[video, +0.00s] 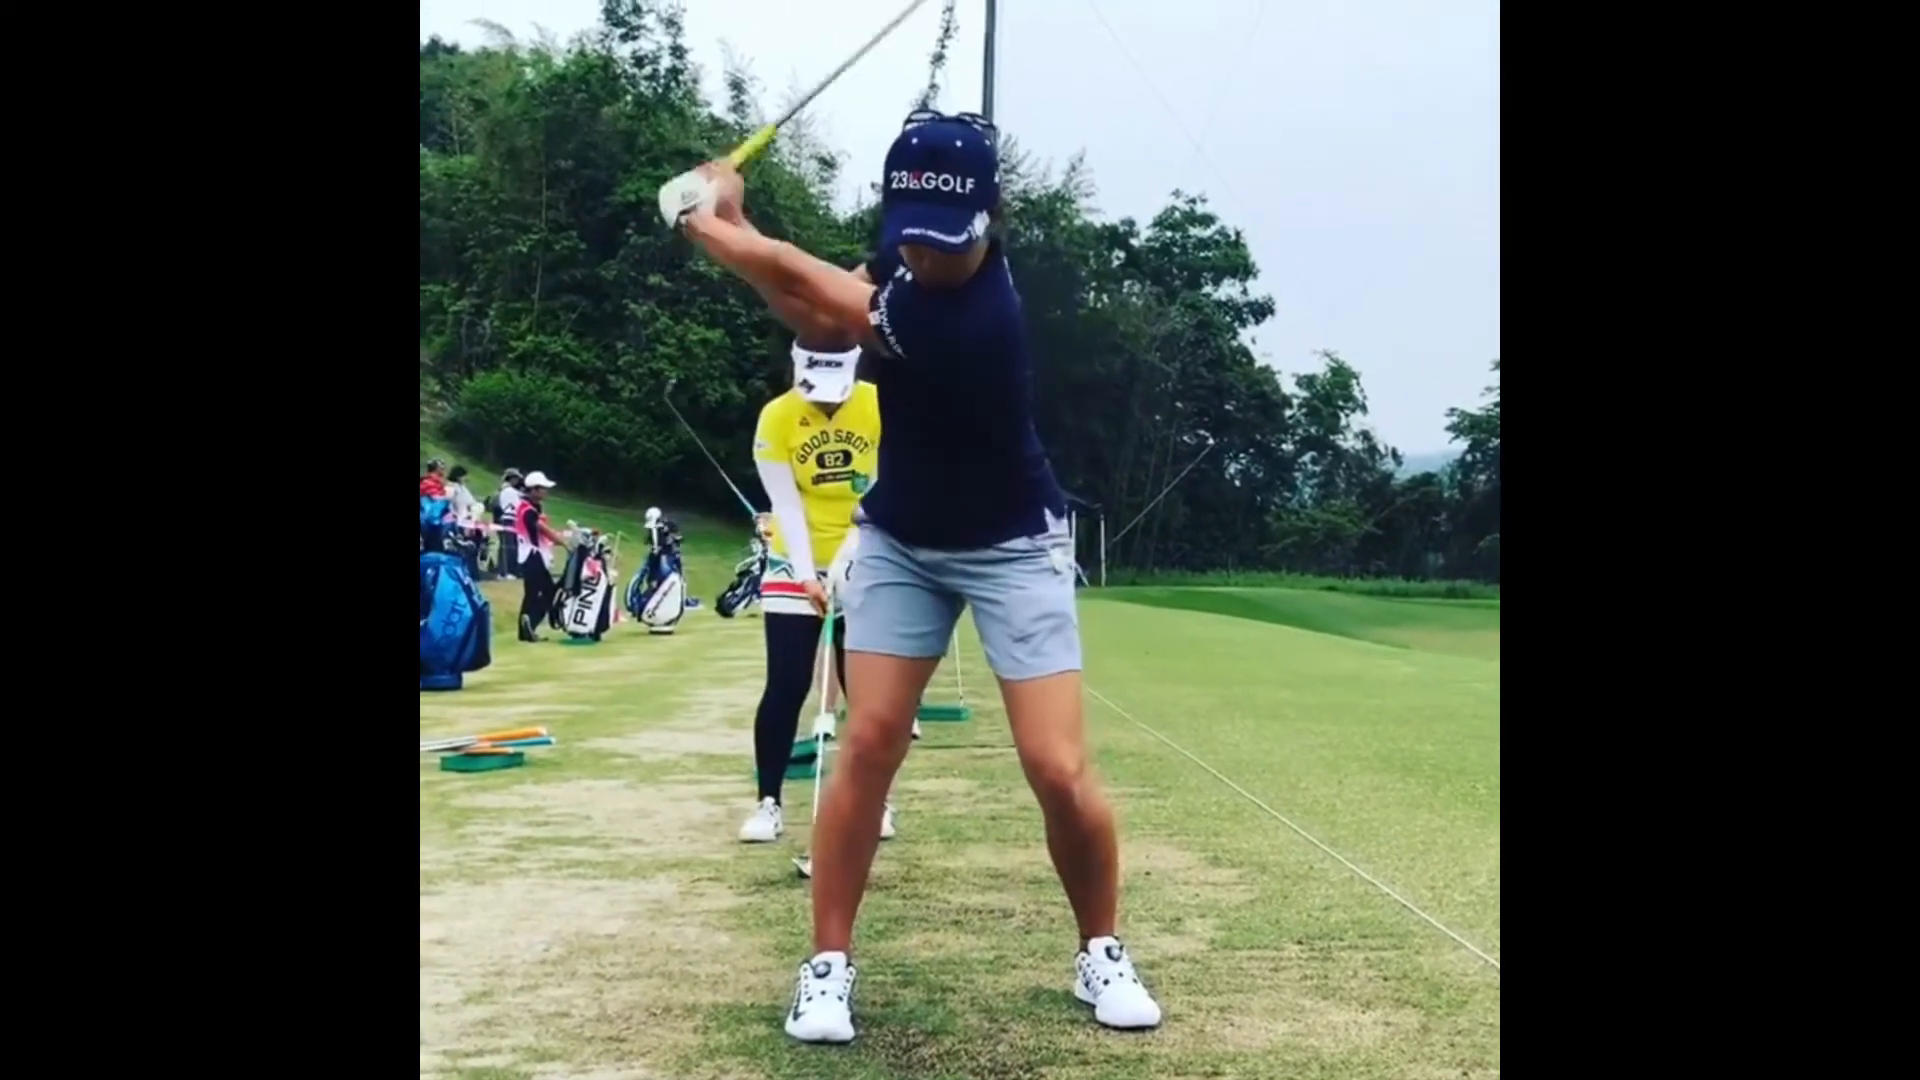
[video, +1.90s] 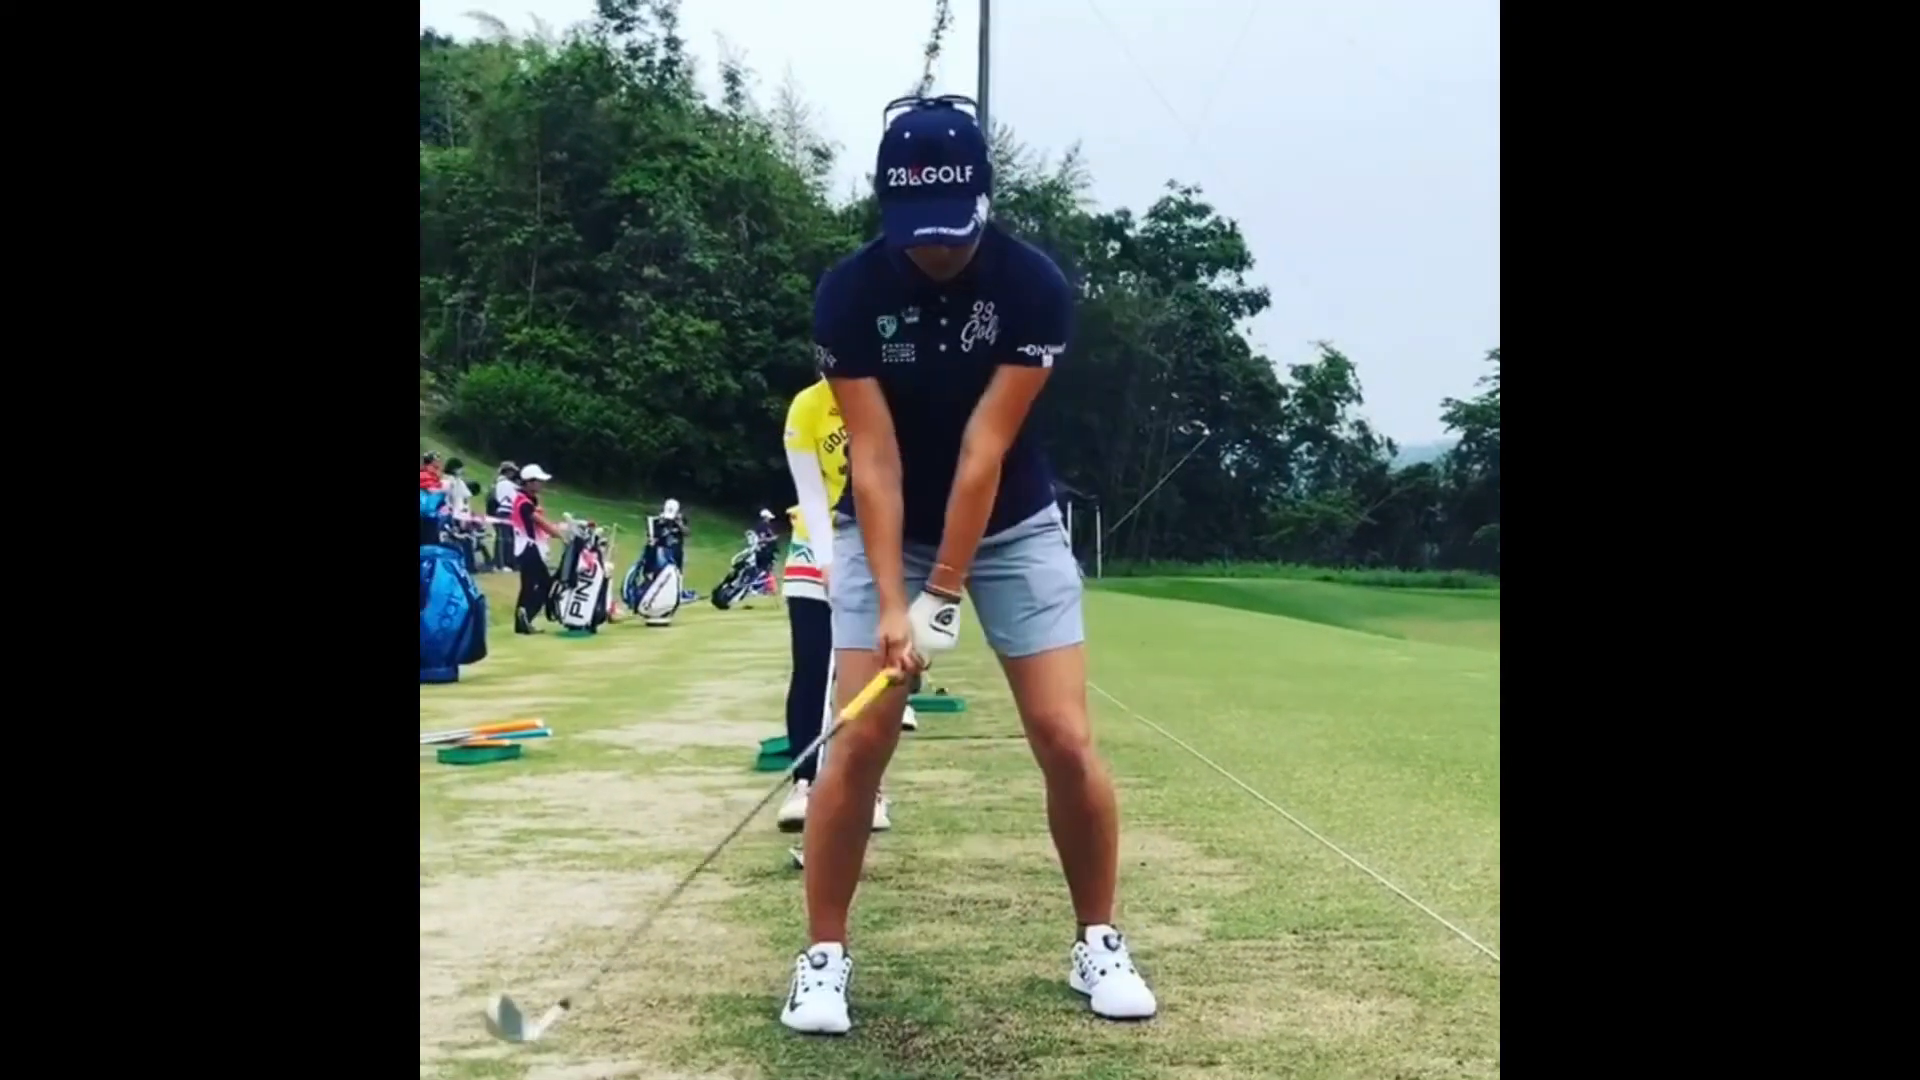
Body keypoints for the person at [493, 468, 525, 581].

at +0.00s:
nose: (519, 483)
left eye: (519, 481)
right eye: (517, 481)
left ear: (507, 480)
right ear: (513, 480)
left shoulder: (503, 492)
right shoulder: (513, 492)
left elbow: (498, 507)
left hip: (504, 519)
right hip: (511, 520)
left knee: (504, 545)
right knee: (511, 546)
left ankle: (503, 569)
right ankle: (509, 570)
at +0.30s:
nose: (509, 486)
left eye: (509, 484)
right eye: (507, 484)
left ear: (497, 484)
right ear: (504, 484)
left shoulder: (492, 496)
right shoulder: (506, 496)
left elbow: (487, 509)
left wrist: (488, 520)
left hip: (494, 523)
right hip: (503, 524)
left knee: (496, 549)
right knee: (502, 550)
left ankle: (494, 574)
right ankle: (501, 574)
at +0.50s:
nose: (499, 488)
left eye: (499, 486)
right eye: (497, 486)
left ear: (486, 485)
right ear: (494, 485)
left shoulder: (482, 496)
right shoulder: (496, 498)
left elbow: (474, 511)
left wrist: (480, 520)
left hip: (484, 526)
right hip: (492, 526)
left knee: (484, 552)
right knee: (491, 552)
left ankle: (483, 576)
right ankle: (489, 576)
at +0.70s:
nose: (487, 489)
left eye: (487, 486)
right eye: (486, 487)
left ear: (475, 486)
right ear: (484, 487)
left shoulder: (471, 498)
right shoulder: (487, 500)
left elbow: (463, 513)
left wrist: (469, 521)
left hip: (471, 528)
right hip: (481, 529)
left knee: (470, 554)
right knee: (480, 554)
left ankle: (471, 578)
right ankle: (480, 578)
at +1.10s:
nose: (472, 491)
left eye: (471, 489)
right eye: (470, 489)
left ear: (460, 489)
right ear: (467, 489)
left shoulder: (455, 501)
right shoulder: (471, 503)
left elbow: (447, 516)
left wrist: (455, 524)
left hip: (456, 531)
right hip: (466, 532)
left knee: (455, 557)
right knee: (465, 557)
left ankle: (455, 581)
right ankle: (465, 580)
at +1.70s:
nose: (467, 498)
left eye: (467, 495)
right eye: (466, 495)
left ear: (455, 495)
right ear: (463, 496)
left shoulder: (451, 508)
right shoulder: (465, 510)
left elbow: (444, 523)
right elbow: (468, 524)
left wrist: (450, 531)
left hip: (450, 539)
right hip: (460, 540)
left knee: (451, 565)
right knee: (460, 564)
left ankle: (450, 588)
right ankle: (459, 588)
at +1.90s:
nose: (461, 472)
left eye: (461, 469)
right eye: (459, 469)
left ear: (447, 468)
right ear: (455, 469)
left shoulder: (442, 481)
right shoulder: (457, 483)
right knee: (466, 539)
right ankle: (470, 565)